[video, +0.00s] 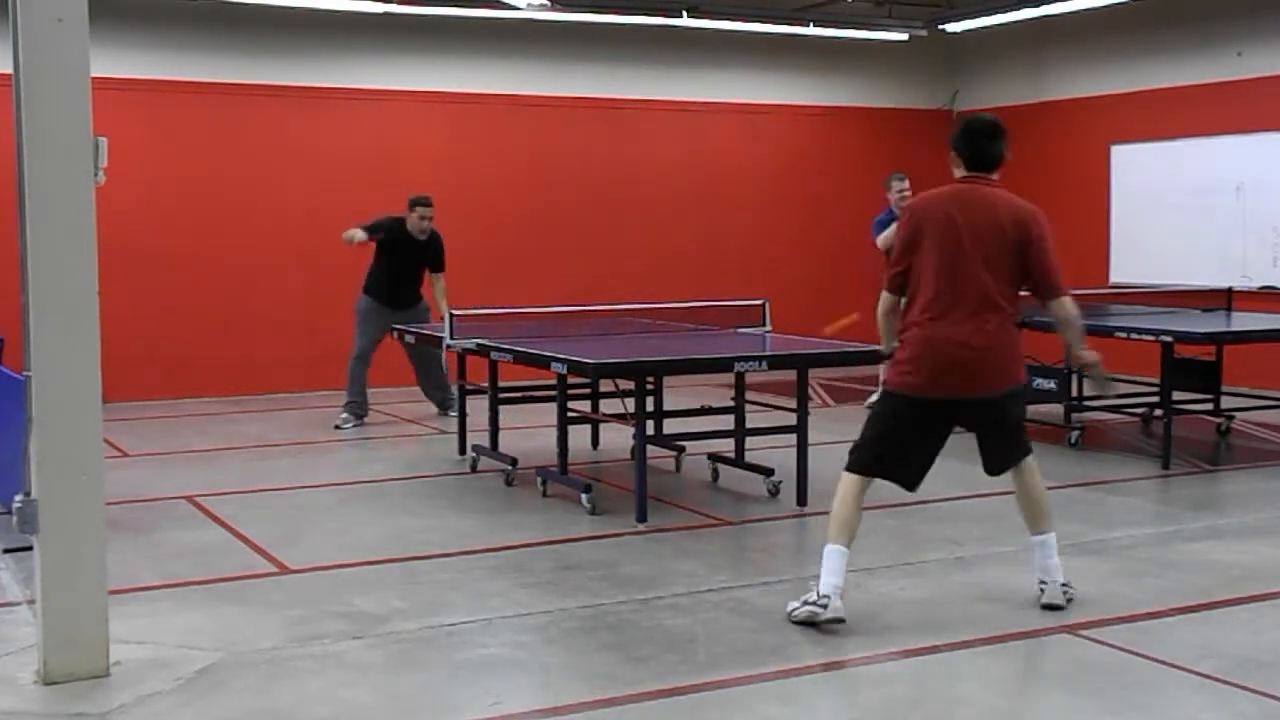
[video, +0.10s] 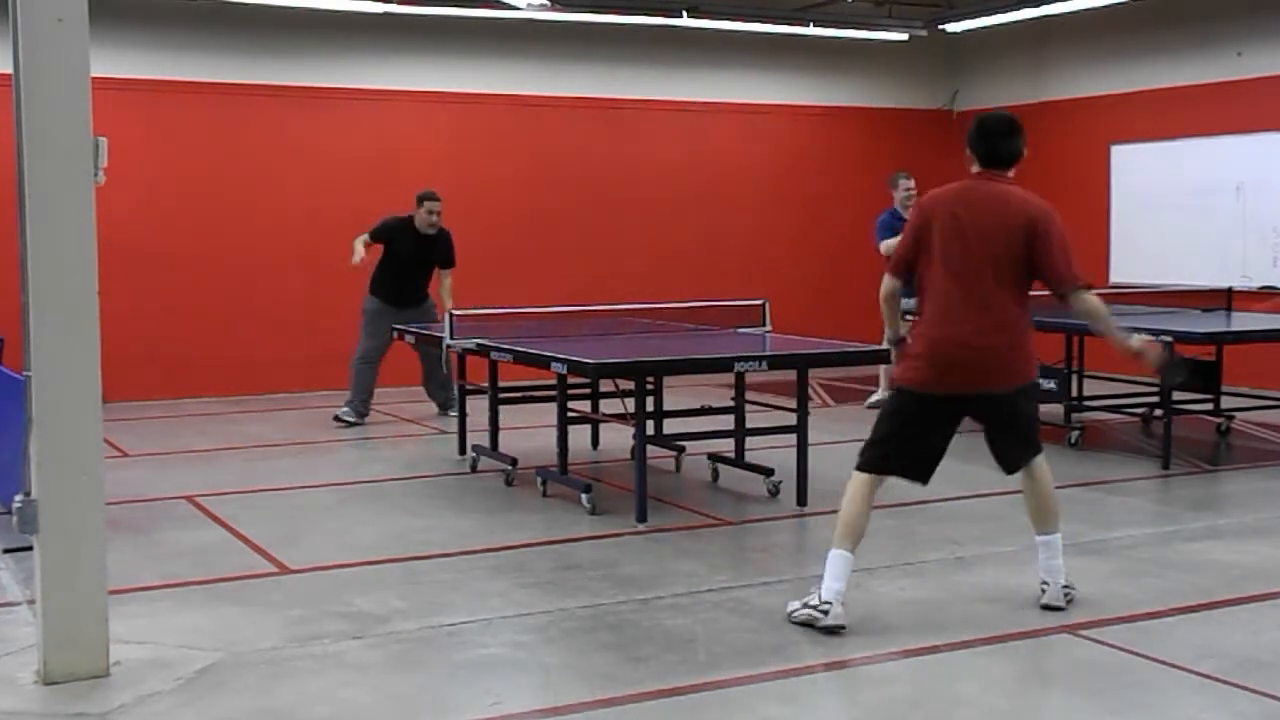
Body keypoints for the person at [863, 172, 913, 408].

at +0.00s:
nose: (905, 196)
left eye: (907, 191)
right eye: (899, 192)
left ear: (912, 192)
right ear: (888, 196)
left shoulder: (921, 215)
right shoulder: (882, 221)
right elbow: (882, 243)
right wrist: (907, 219)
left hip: (922, 281)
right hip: (896, 283)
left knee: (919, 331)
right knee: (891, 337)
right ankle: (884, 386)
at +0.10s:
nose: (912, 194)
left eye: (914, 189)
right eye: (906, 190)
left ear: (917, 191)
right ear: (893, 193)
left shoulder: (923, 215)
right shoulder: (887, 220)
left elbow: (931, 239)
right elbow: (885, 247)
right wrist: (912, 231)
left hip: (927, 286)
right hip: (900, 288)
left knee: (929, 336)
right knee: (893, 338)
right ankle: (885, 388)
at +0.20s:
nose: (920, 195)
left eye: (922, 190)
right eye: (915, 191)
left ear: (925, 193)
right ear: (901, 193)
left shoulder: (930, 219)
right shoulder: (894, 220)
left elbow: (942, 246)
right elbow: (892, 251)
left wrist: (914, 243)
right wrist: (923, 241)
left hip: (932, 291)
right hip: (902, 292)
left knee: (934, 343)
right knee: (891, 344)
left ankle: (937, 395)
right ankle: (883, 389)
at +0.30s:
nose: (931, 199)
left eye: (933, 194)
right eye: (926, 194)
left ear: (935, 197)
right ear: (912, 197)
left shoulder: (941, 227)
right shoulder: (902, 226)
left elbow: (948, 252)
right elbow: (900, 255)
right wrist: (931, 249)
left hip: (937, 297)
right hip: (908, 297)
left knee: (938, 350)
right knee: (895, 348)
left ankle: (937, 398)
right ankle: (884, 390)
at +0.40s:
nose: (943, 201)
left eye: (945, 196)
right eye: (938, 197)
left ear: (948, 199)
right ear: (926, 200)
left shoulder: (949, 225)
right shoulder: (915, 226)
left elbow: (959, 253)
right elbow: (906, 257)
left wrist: (965, 278)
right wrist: (936, 255)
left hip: (943, 295)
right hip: (915, 295)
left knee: (950, 346)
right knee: (900, 346)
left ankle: (950, 397)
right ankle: (884, 391)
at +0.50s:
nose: (950, 200)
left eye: (952, 196)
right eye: (945, 196)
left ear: (956, 199)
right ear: (933, 199)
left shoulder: (959, 226)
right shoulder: (921, 226)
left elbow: (969, 254)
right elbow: (911, 257)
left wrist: (974, 276)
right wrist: (937, 260)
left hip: (951, 297)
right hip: (922, 298)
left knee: (968, 345)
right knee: (906, 342)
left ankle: (973, 397)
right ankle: (889, 389)